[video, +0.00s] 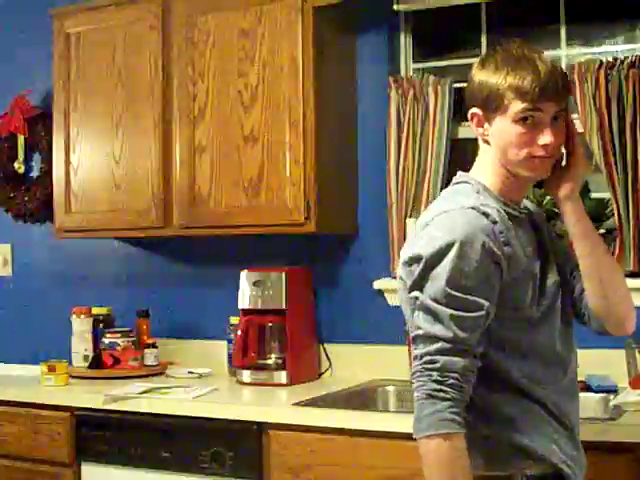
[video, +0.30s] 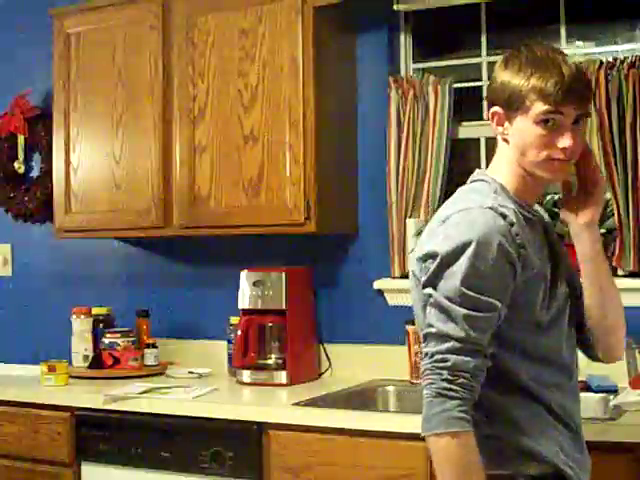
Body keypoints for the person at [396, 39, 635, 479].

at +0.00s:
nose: (548, 139)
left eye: (557, 122)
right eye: (527, 120)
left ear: (566, 127)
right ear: (481, 125)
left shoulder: (535, 223)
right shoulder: (461, 231)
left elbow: (618, 320)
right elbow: (437, 419)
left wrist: (569, 197)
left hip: (558, 460)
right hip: (506, 468)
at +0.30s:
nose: (569, 142)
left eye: (577, 124)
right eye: (550, 122)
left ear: (586, 127)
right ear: (501, 124)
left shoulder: (534, 222)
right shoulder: (479, 229)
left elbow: (609, 348)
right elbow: (445, 416)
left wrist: (585, 227)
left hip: (559, 461)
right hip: (513, 468)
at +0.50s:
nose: (581, 133)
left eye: (592, 115)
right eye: (561, 113)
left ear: (602, 122)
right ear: (514, 120)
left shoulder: (551, 226)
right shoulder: (477, 229)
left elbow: (549, 381)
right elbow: (468, 417)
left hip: (564, 461)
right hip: (513, 467)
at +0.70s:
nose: (582, 120)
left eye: (594, 103)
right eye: (561, 103)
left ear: (605, 113)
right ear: (520, 116)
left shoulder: (565, 226)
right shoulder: (488, 228)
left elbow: (561, 382)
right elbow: (492, 410)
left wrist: (583, 469)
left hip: (564, 460)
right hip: (510, 466)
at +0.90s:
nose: (593, 114)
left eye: (603, 98)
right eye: (572, 96)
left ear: (613, 109)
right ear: (528, 110)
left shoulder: (570, 227)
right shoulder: (492, 224)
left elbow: (562, 380)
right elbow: (495, 412)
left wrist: (572, 467)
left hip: (563, 462)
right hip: (512, 468)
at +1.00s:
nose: (601, 113)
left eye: (608, 98)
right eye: (580, 96)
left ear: (615, 108)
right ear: (530, 108)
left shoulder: (562, 224)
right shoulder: (496, 222)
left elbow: (575, 386)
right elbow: (497, 411)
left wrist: (588, 473)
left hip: (564, 464)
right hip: (515, 468)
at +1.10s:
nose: (611, 116)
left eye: (615, 103)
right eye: (593, 97)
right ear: (537, 104)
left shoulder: (553, 219)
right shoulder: (502, 221)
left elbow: (572, 384)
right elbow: (502, 413)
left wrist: (604, 472)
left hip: (567, 461)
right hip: (519, 467)